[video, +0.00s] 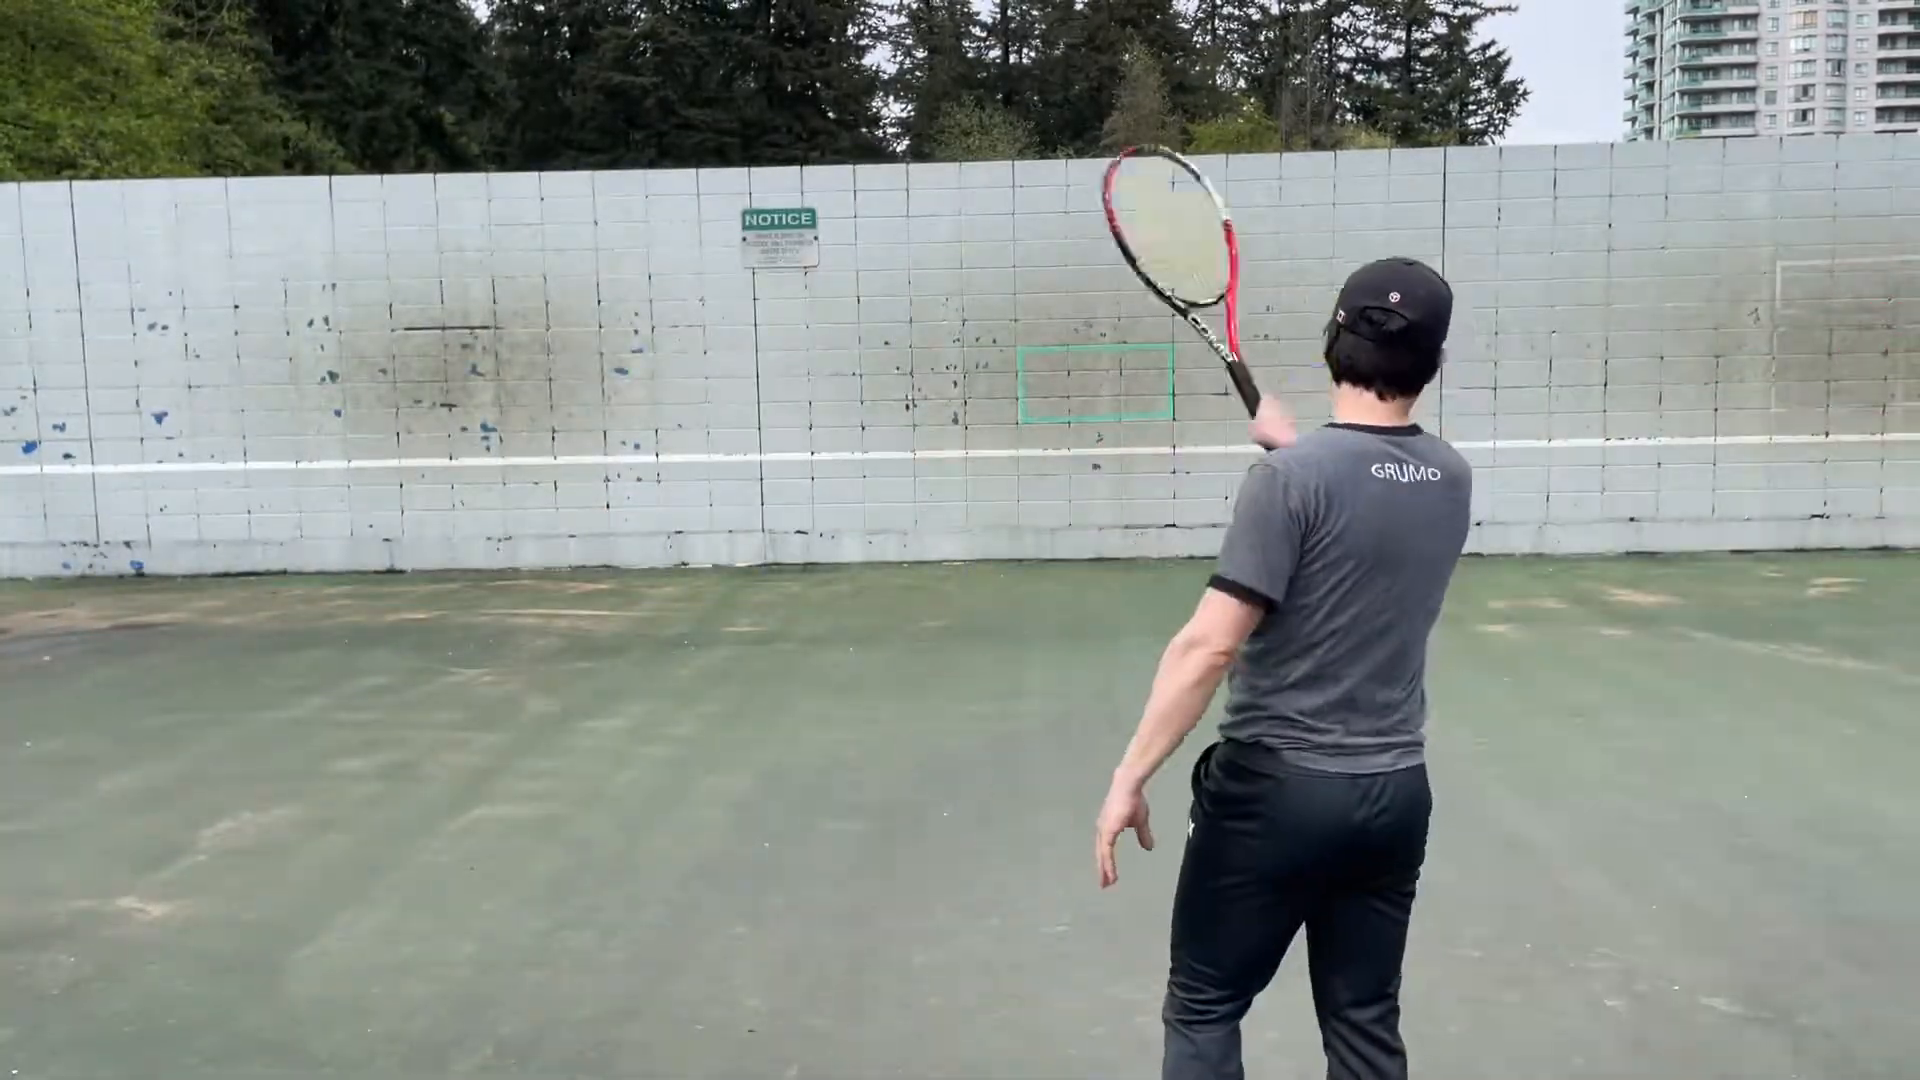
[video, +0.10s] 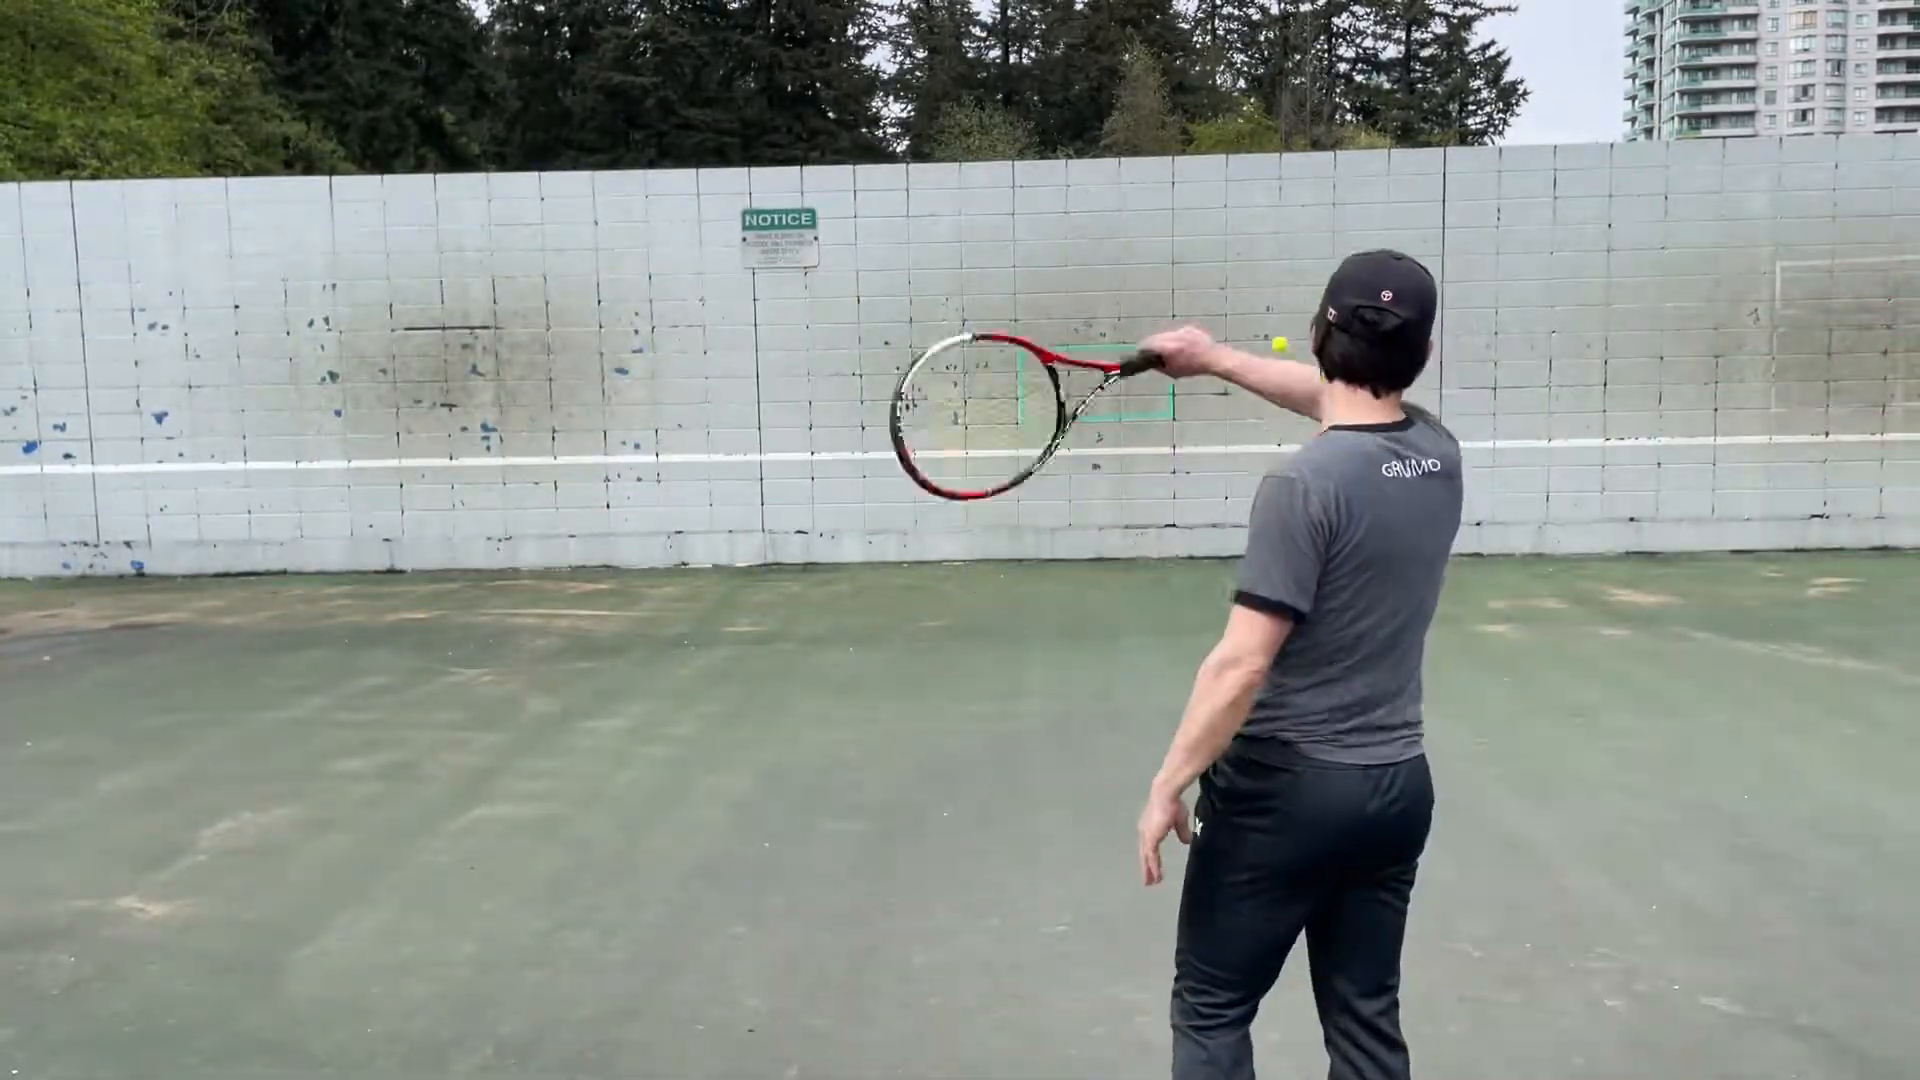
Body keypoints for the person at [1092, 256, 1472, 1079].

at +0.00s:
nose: (1339, 342)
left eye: (1338, 329)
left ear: (1335, 339)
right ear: (1435, 361)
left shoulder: (1289, 473)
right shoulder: (1449, 476)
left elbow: (1208, 646)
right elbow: (1371, 517)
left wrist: (1131, 777)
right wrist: (1293, 448)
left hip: (1274, 791)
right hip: (1391, 795)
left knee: (1203, 1008)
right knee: (1366, 1020)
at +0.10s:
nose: (1317, 330)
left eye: (1322, 317)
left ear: (1325, 334)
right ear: (1424, 351)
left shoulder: (1303, 484)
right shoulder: (1436, 452)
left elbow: (1240, 664)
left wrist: (1170, 781)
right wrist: (1214, 356)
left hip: (1284, 787)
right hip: (1394, 786)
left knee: (1211, 1014)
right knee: (1366, 1018)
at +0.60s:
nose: (1186, 356)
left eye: (1187, 345)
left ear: (1191, 363)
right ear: (1298, 370)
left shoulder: (1161, 496)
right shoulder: (1350, 493)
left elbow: (1149, 683)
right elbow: (1361, 660)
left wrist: (1096, 715)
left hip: (1203, 827)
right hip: (1328, 822)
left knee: (1194, 1065)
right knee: (1332, 1047)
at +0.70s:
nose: (1177, 355)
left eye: (1179, 347)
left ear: (1180, 364)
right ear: (1283, 371)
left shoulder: (1126, 497)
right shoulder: (1346, 495)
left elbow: (1096, 687)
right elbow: (1391, 673)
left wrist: (1095, 728)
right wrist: (1295, 724)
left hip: (1177, 839)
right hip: (1313, 833)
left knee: (1183, 1067)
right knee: (1333, 1058)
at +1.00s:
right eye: (1338, 355)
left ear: (1213, 362)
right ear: (1331, 377)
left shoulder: (1127, 502)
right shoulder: (1367, 523)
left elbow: (1103, 695)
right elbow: (1413, 732)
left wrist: (1182, 740)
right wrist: (1311, 774)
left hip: (1159, 870)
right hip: (1305, 879)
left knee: (1174, 1072)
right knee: (1344, 1069)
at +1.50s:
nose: (1484, 357)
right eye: (1481, 342)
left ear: (1332, 347)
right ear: (1472, 365)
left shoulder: (1249, 503)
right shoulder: (1458, 528)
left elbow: (1375, 638)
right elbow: (1620, 750)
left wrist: (1570, 602)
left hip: (1231, 926)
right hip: (1388, 956)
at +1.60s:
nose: (1500, 402)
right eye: (1499, 388)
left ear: (1344, 392)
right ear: (1490, 410)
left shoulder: (1269, 541)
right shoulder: (1436, 568)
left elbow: (1416, 647)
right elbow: (1634, 766)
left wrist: (1590, 615)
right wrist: (1781, 693)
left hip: (1241, 981)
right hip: (1397, 1015)